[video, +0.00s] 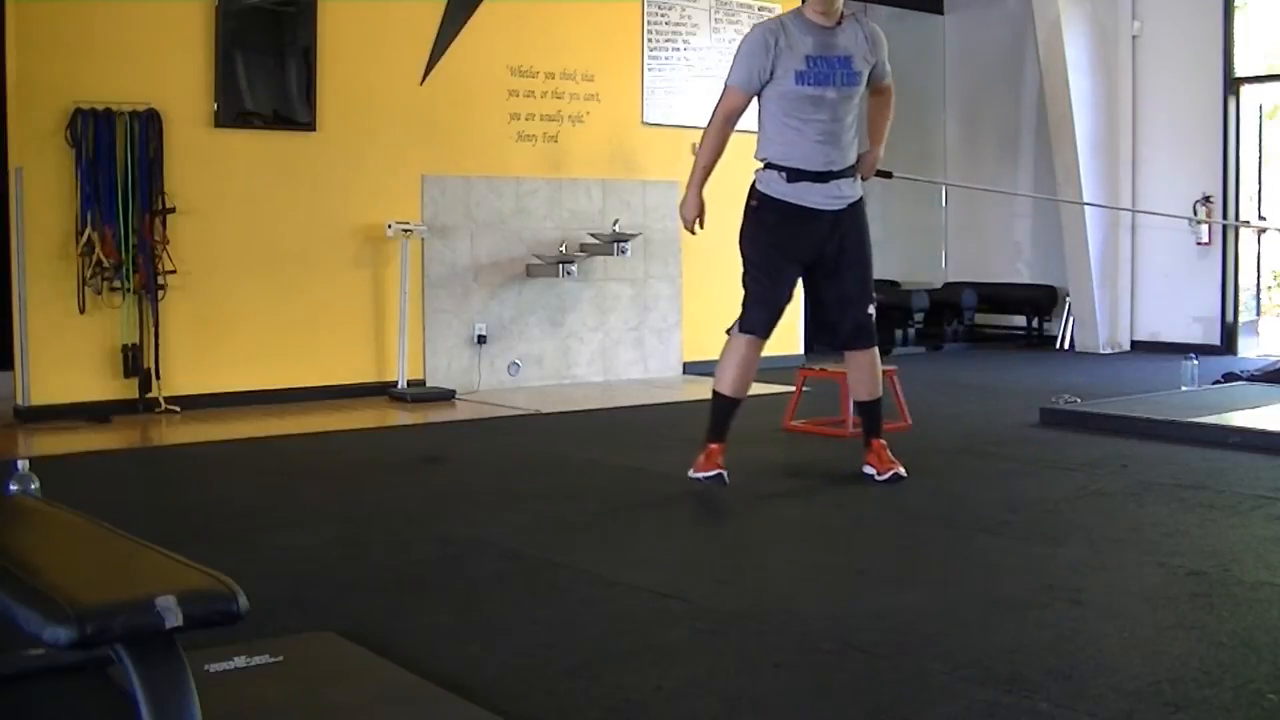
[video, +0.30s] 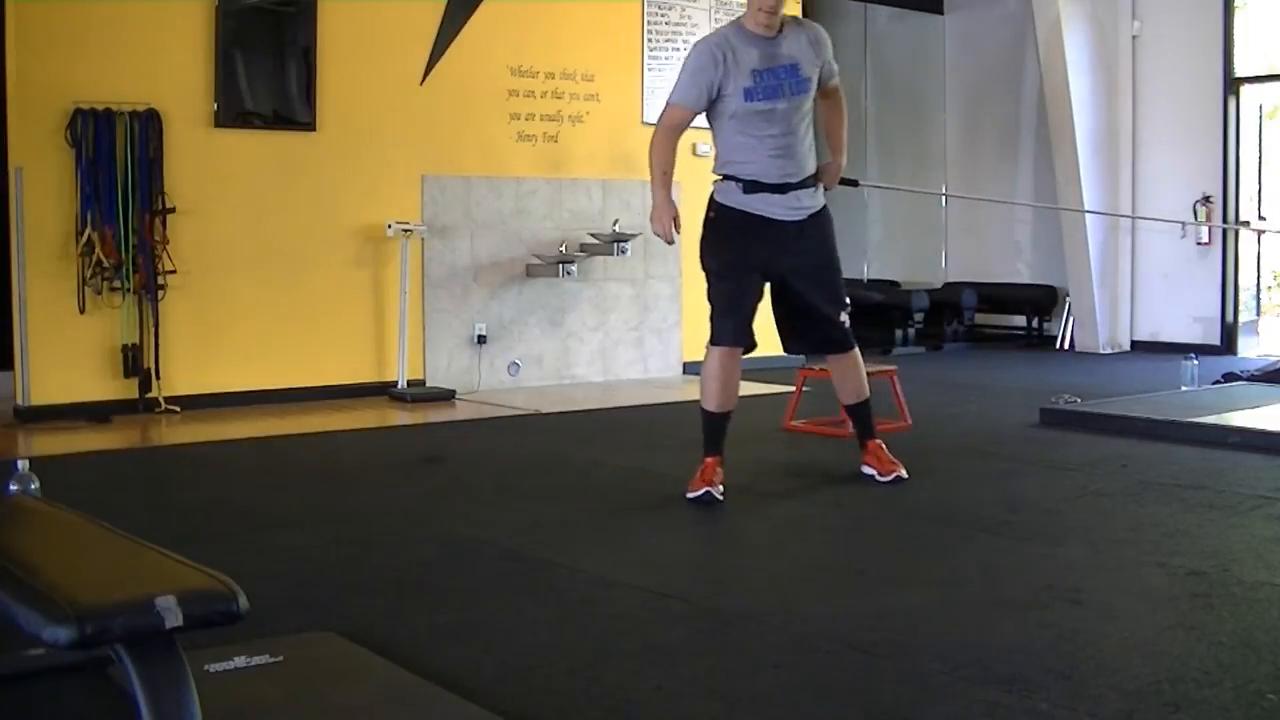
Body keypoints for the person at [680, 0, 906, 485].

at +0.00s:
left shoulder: (867, 36)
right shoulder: (768, 38)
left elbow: (881, 90)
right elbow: (725, 115)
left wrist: (875, 149)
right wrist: (694, 187)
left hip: (843, 207)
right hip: (778, 204)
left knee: (858, 327)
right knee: (755, 323)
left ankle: (875, 446)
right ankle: (713, 448)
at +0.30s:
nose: (772, 3)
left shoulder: (813, 39)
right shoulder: (713, 52)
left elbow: (829, 93)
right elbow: (668, 129)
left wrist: (836, 158)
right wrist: (661, 197)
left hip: (806, 213)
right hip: (736, 214)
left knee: (837, 333)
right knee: (727, 338)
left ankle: (870, 446)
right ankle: (711, 462)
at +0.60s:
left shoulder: (763, 19)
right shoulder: (674, 32)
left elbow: (780, 85)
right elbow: (643, 117)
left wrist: (810, 137)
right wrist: (647, 186)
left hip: (768, 203)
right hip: (703, 205)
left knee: (791, 329)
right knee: (708, 338)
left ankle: (803, 452)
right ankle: (709, 464)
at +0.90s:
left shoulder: (769, 27)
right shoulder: (689, 22)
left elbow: (783, 107)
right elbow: (661, 113)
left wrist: (817, 157)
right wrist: (662, 197)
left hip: (774, 201)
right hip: (714, 200)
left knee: (785, 331)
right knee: (716, 337)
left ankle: (800, 453)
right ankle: (709, 464)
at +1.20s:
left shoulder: (791, 31)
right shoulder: (720, 27)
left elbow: (796, 106)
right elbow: (699, 112)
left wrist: (834, 153)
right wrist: (718, 190)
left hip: (808, 197)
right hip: (757, 196)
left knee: (806, 328)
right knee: (772, 323)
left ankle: (802, 454)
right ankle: (745, 452)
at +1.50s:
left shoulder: (824, 27)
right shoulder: (759, 29)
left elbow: (829, 97)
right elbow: (722, 110)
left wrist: (869, 142)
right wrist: (751, 180)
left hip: (840, 195)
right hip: (796, 197)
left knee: (824, 326)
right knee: (853, 316)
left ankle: (802, 452)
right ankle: (898, 448)